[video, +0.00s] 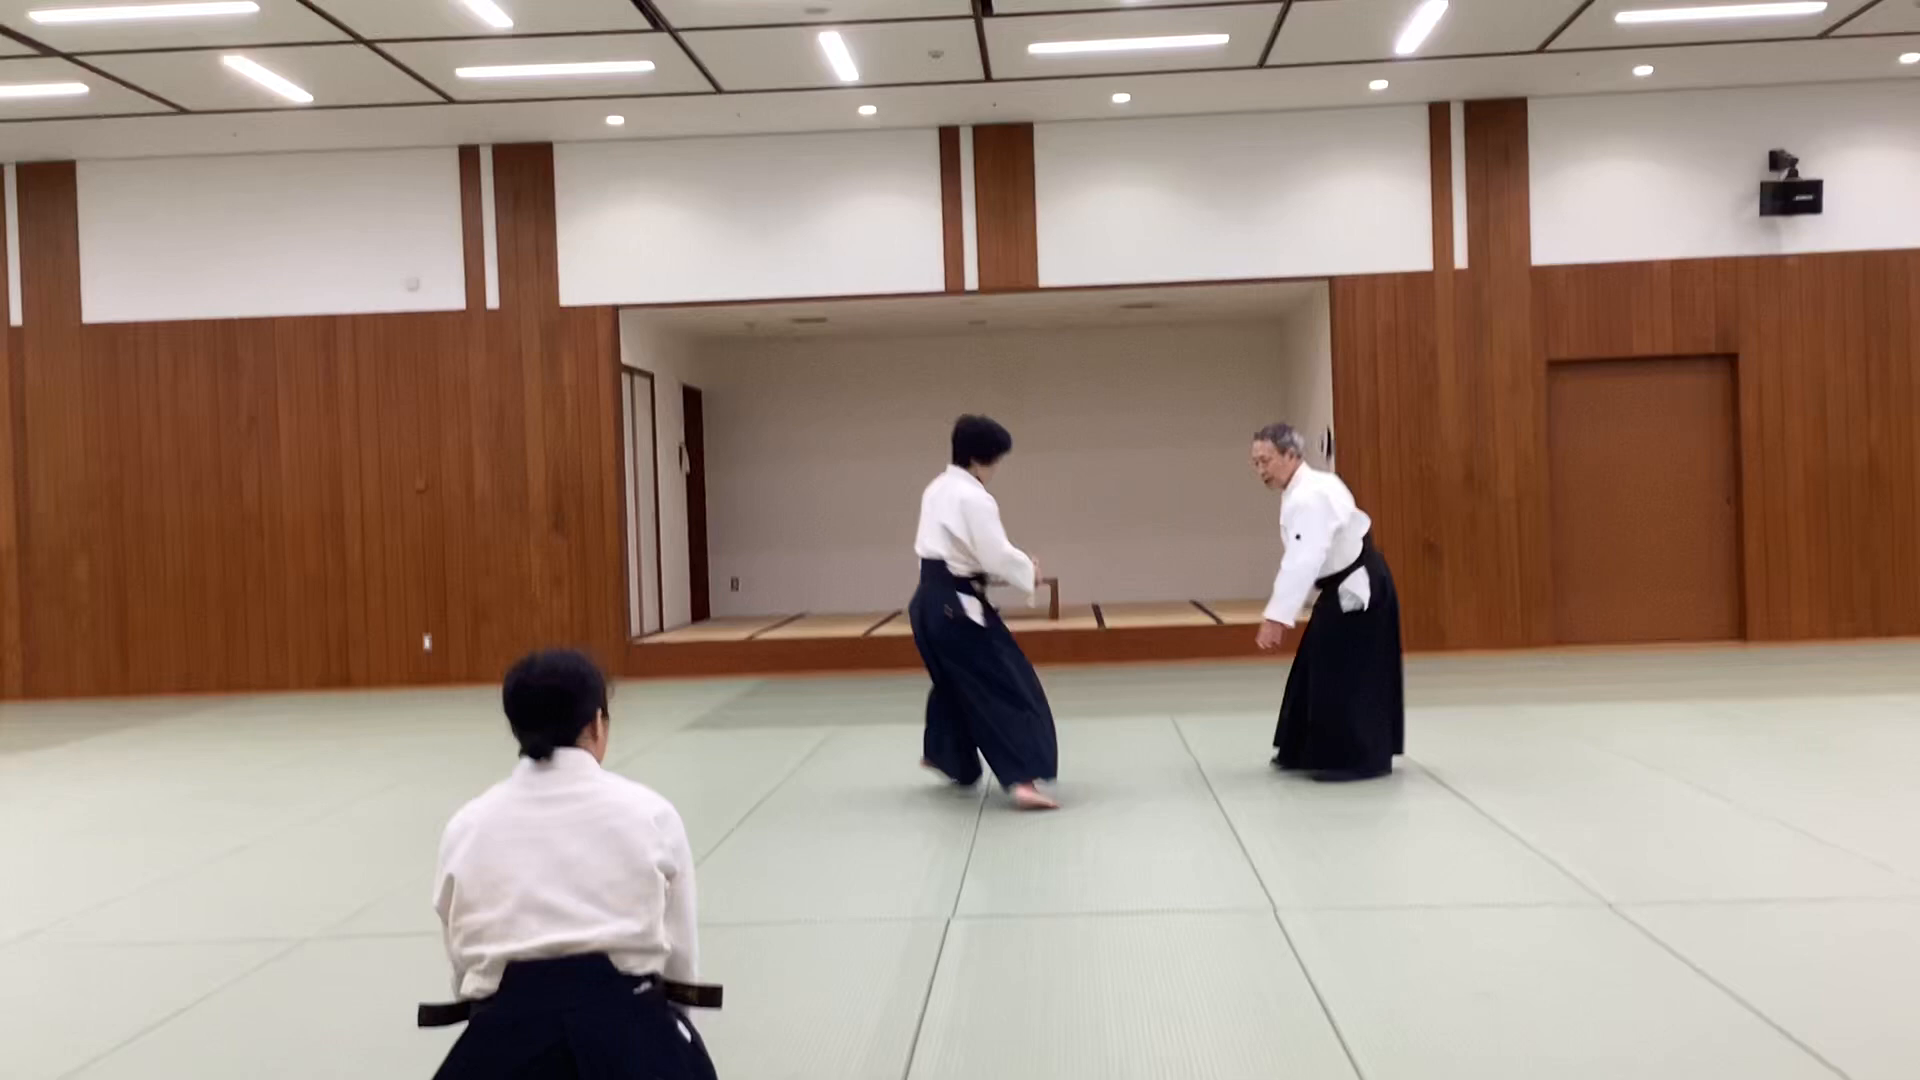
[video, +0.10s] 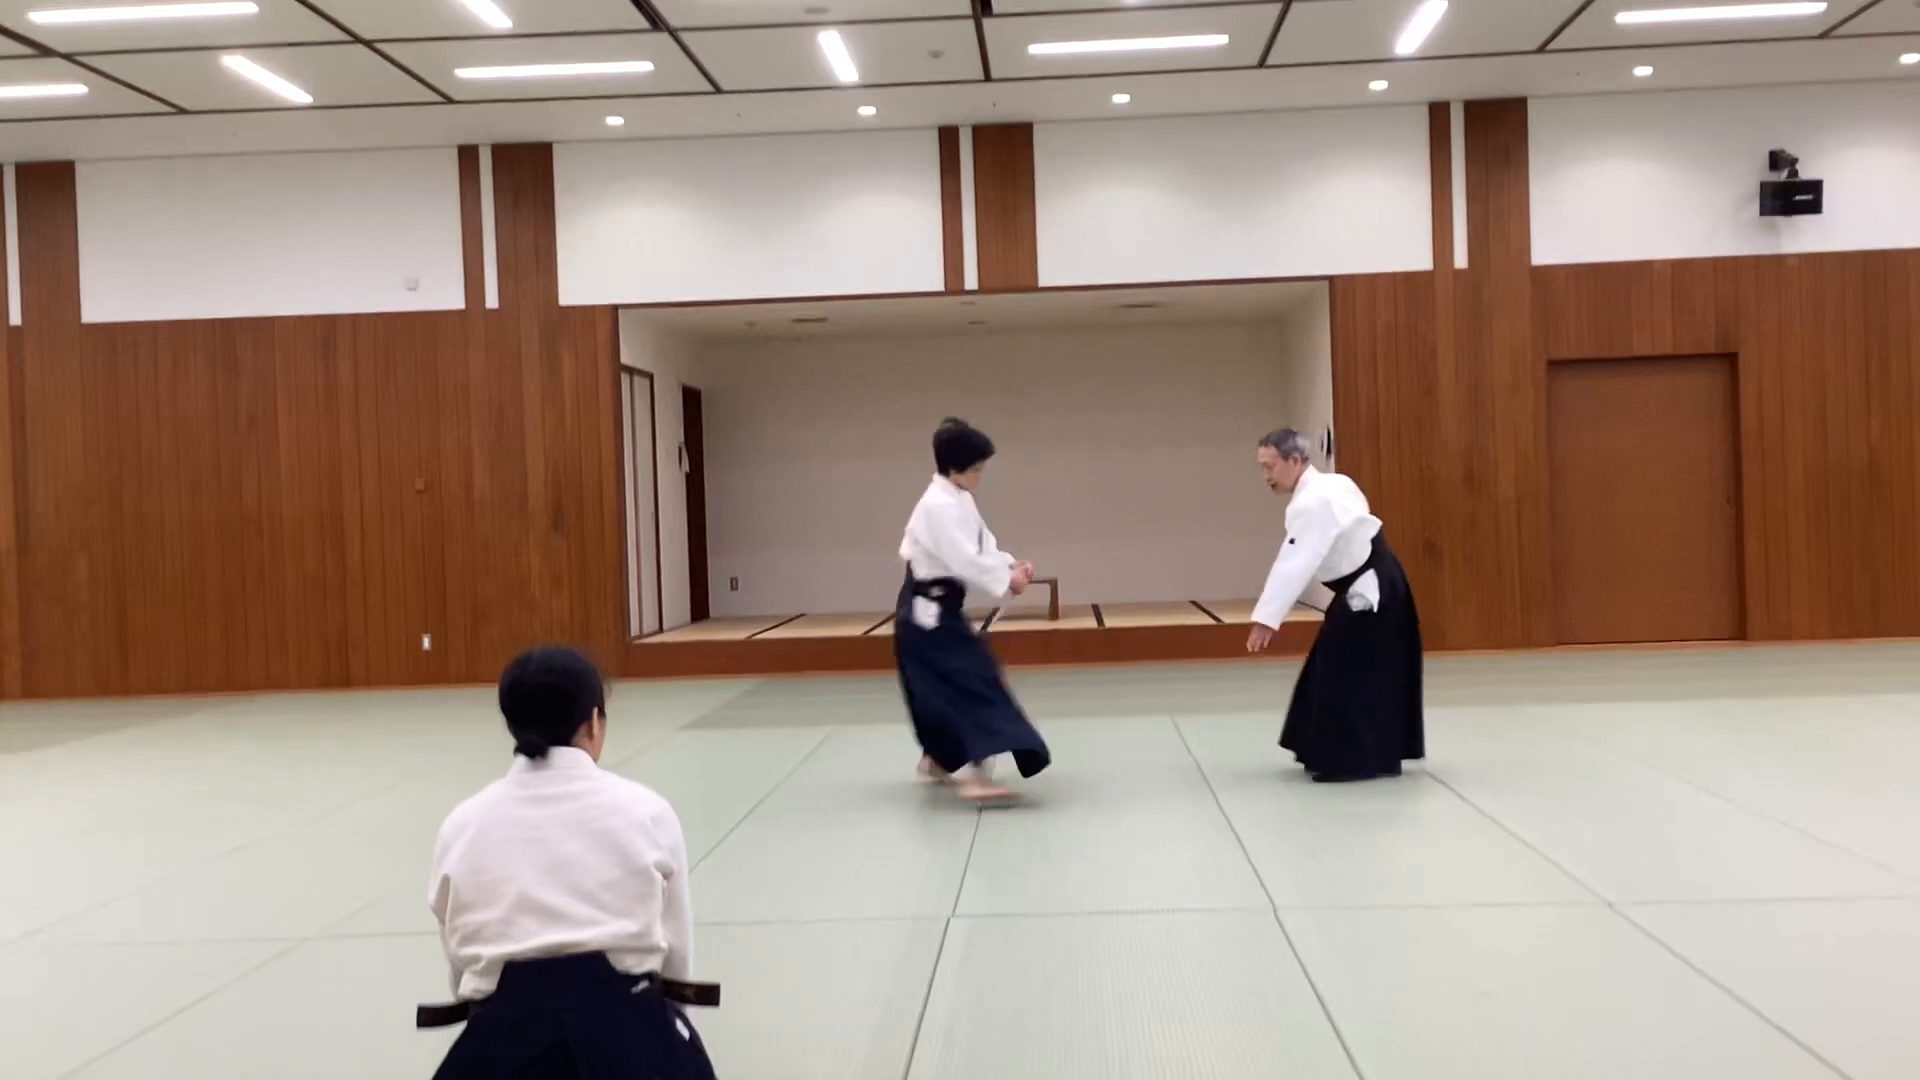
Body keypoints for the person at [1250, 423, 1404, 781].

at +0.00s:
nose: (1259, 470)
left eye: (1264, 461)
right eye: (1256, 463)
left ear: (1290, 456)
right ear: (1290, 458)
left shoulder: (1308, 496)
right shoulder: (1311, 484)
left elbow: (1302, 559)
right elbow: (1304, 557)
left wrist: (1275, 617)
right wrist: (1286, 610)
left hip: (1356, 587)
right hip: (1346, 583)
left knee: (1336, 668)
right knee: (1313, 664)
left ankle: (1350, 757)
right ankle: (1303, 748)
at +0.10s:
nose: (1266, 477)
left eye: (1270, 467)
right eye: (1262, 469)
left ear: (1295, 461)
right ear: (1296, 462)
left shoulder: (1312, 502)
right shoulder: (1333, 483)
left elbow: (1293, 564)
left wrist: (1266, 619)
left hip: (1370, 591)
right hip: (1381, 580)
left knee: (1335, 669)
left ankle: (1350, 758)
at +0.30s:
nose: (1290, 475)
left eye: (1293, 465)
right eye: (1288, 466)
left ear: (1316, 462)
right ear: (1321, 462)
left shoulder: (1332, 506)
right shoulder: (1368, 483)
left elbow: (1323, 571)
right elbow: (1366, 548)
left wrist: (1302, 632)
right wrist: (1337, 602)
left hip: (1384, 596)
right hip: (1415, 583)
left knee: (1346, 672)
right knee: (1422, 668)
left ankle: (1352, 761)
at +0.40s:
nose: (1311, 472)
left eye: (1315, 462)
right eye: (1310, 463)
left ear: (1339, 461)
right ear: (1346, 462)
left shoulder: (1349, 507)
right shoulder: (1388, 486)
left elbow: (1345, 575)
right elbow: (1406, 540)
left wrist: (1329, 635)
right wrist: (1370, 585)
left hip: (1402, 590)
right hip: (1431, 580)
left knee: (1359, 670)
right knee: (1452, 666)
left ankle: (1359, 761)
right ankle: (1507, 745)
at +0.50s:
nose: (1338, 468)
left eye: (1342, 458)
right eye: (1337, 459)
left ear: (1367, 458)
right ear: (1377, 458)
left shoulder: (1372, 503)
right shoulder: (1420, 487)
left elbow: (1369, 569)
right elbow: (1438, 542)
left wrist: (1354, 628)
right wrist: (1393, 586)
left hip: (1419, 593)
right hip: (1452, 585)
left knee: (1374, 671)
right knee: (1465, 670)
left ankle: (1366, 761)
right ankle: (1512, 751)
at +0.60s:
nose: (1363, 462)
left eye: (1367, 452)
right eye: (1362, 453)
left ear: (1391, 450)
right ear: (1394, 451)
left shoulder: (1391, 496)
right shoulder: (1447, 483)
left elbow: (1389, 562)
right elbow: (1459, 543)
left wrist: (1378, 621)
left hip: (1433, 593)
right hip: (1471, 587)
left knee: (1384, 670)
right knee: (1481, 670)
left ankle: (1369, 762)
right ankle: (1516, 754)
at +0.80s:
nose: (1390, 446)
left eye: (1395, 437)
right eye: (1390, 438)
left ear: (1418, 436)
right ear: (1426, 438)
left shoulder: (1412, 482)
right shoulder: (1469, 475)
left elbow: (1405, 548)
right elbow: (1485, 536)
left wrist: (1395, 600)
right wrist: (1484, 574)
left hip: (1446, 581)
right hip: (1485, 577)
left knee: (1401, 664)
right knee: (1489, 663)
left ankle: (1390, 759)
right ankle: (1517, 754)